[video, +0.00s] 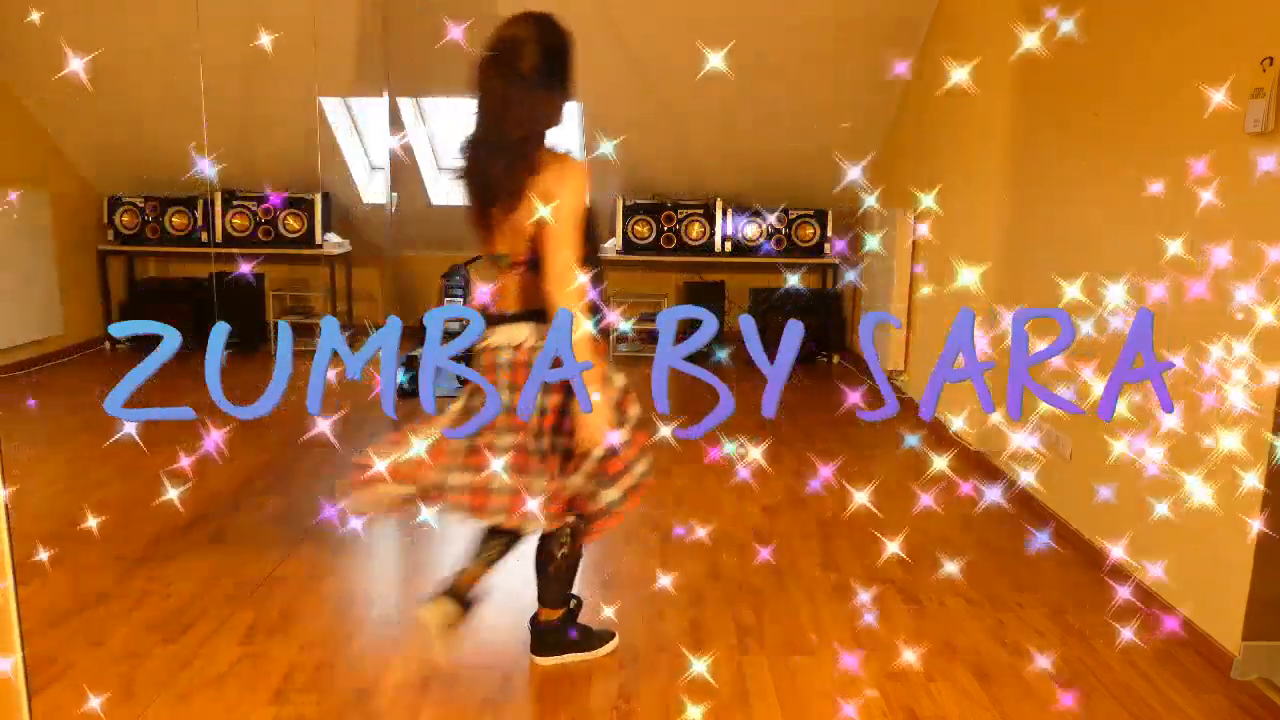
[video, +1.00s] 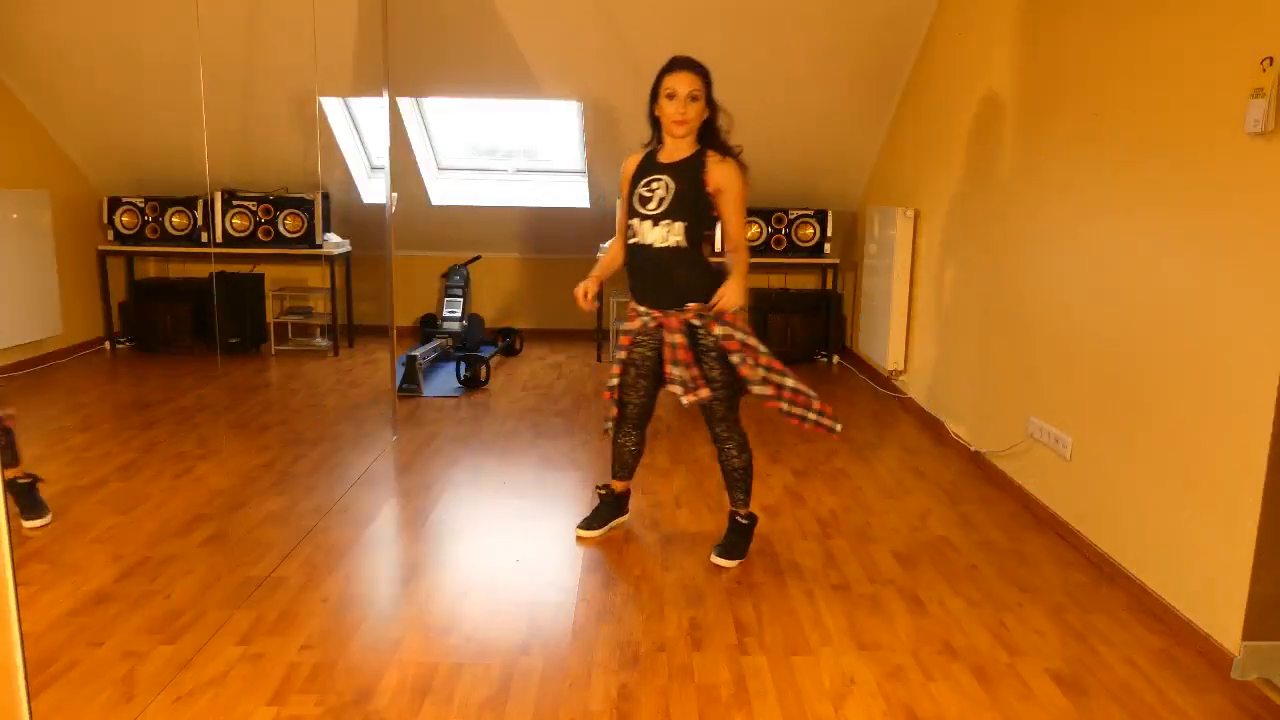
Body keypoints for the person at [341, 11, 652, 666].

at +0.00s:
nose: (566, 91)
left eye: (559, 79)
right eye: (563, 79)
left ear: (491, 84)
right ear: (556, 87)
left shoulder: (483, 163)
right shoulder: (562, 170)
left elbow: (496, 261)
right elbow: (560, 285)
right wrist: (588, 391)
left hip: (498, 338)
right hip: (548, 339)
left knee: (531, 477)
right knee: (581, 476)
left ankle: (462, 587)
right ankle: (554, 620)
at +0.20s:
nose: (624, 88)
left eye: (617, 75)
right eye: (621, 76)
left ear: (556, 78)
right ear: (613, 81)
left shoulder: (563, 154)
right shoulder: (599, 160)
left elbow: (604, 245)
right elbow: (575, 270)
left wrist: (655, 281)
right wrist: (624, 347)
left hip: (597, 322)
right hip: (601, 329)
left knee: (635, 436)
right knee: (597, 474)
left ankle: (634, 548)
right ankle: (554, 617)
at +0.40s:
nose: (683, 94)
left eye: (679, 85)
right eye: (671, 88)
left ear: (654, 103)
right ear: (641, 102)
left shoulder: (674, 169)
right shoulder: (628, 186)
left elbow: (692, 246)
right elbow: (580, 271)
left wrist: (745, 281)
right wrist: (604, 353)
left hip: (679, 332)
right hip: (639, 338)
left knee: (685, 433)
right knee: (613, 468)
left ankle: (689, 544)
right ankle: (560, 598)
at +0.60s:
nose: (691, 93)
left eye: (700, 82)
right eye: (677, 84)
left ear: (713, 92)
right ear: (659, 98)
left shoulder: (736, 159)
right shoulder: (640, 164)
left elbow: (752, 231)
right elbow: (612, 242)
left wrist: (781, 275)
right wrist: (600, 305)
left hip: (721, 316)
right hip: (658, 315)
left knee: (716, 429)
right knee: (651, 435)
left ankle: (694, 535)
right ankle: (624, 546)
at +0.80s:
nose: (694, 96)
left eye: (705, 87)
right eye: (683, 86)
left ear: (720, 97)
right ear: (667, 95)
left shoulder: (741, 162)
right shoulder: (643, 162)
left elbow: (755, 235)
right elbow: (624, 237)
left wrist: (771, 270)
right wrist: (601, 273)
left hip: (723, 308)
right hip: (660, 307)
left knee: (728, 419)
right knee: (643, 415)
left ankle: (729, 518)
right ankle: (636, 499)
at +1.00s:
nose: (680, 107)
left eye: (692, 98)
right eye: (670, 96)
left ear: (707, 108)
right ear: (655, 104)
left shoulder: (721, 170)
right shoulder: (636, 167)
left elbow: (736, 247)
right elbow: (624, 240)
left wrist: (737, 280)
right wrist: (596, 277)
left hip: (703, 314)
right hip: (646, 313)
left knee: (721, 420)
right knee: (630, 410)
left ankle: (741, 518)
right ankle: (616, 498)